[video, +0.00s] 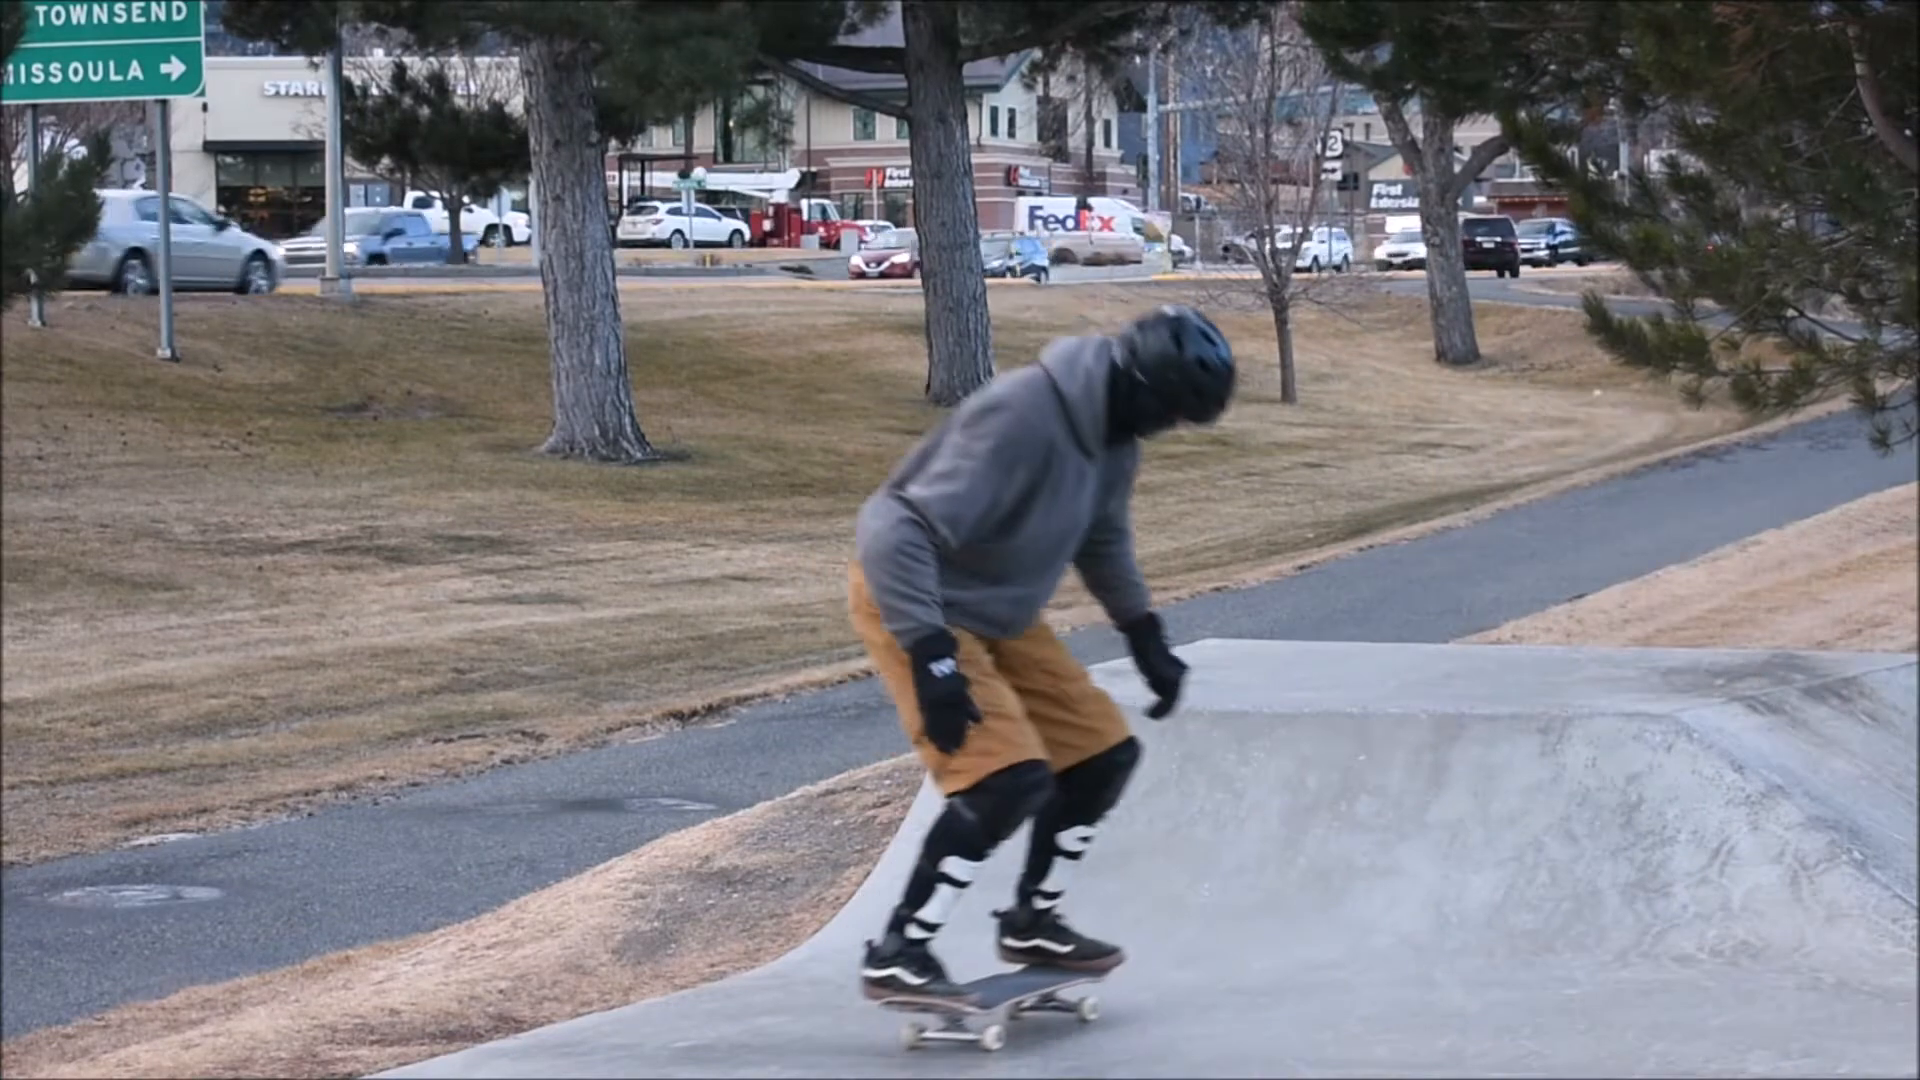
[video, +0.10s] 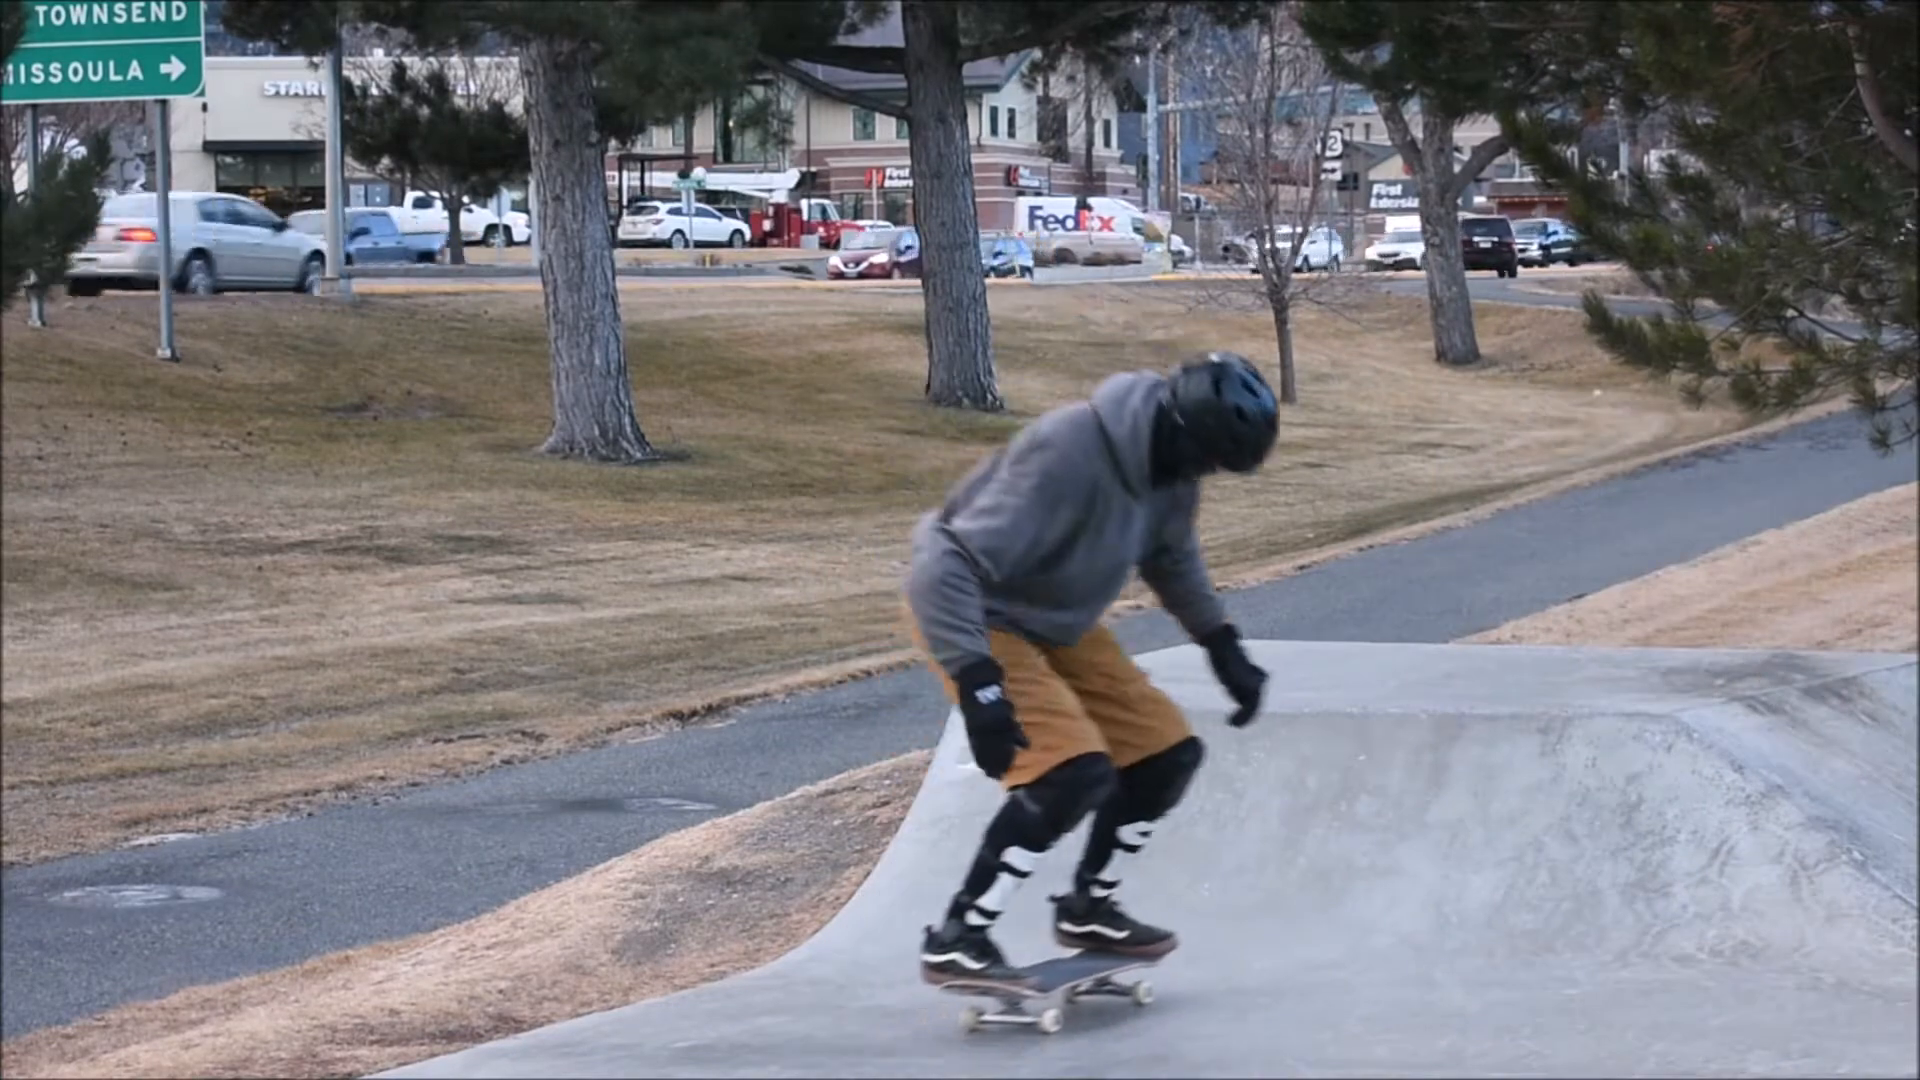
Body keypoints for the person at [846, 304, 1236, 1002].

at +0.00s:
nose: (1165, 427)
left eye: (1177, 418)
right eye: (1168, 411)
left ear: (1151, 384)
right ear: (1144, 379)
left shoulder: (1112, 433)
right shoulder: (1023, 413)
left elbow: (1103, 541)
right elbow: (893, 526)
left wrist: (1147, 640)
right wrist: (930, 656)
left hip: (999, 610)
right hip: (912, 600)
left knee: (1102, 757)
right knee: (1008, 776)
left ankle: (1030, 919)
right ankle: (900, 946)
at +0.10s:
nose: (1209, 470)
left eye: (1218, 462)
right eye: (1210, 457)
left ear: (1193, 430)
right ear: (1186, 429)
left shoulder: (1172, 464)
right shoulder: (1068, 450)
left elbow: (1170, 557)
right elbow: (944, 557)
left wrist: (1222, 644)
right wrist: (976, 683)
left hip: (1058, 620)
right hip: (974, 613)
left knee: (1163, 754)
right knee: (1072, 771)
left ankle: (1086, 907)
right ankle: (958, 931)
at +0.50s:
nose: (1315, 383)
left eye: (1329, 372)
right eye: (1302, 370)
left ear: (1354, 344)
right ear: (1276, 339)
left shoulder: (1377, 357)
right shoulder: (1223, 335)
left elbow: (1440, 469)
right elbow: (1137, 337)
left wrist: (1402, 536)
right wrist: (1069, 398)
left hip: (1321, 535)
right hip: (1219, 530)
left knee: (1371, 685)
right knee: (1247, 695)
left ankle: (1340, 790)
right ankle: (1184, 845)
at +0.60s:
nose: (1319, 343)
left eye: (1335, 334)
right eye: (1306, 332)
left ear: (1366, 306)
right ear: (1282, 300)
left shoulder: (1412, 313)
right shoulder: (1244, 288)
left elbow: (1528, 376)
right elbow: (1160, 281)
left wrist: (1592, 462)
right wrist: (1077, 326)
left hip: (1380, 471)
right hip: (1268, 468)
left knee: (1428, 621)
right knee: (1248, 631)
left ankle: (1481, 751)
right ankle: (1243, 731)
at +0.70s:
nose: (1310, 330)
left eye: (1322, 319)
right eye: (1295, 319)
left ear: (1359, 290)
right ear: (1280, 286)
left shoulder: (1445, 290)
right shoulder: (1258, 274)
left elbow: (1567, 277)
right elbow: (1157, 285)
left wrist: (1667, 324)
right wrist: (1074, 356)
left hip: (1439, 441)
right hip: (1339, 434)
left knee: (1450, 626)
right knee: (1291, 575)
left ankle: (1518, 767)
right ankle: (1368, 634)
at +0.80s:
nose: (1297, 328)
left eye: (1305, 318)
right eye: (1289, 317)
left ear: (1340, 294)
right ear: (1282, 284)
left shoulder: (1446, 290)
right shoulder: (1297, 266)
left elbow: (1558, 269)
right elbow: (1192, 296)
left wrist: (1661, 287)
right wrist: (1124, 371)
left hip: (1492, 443)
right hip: (1418, 437)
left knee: (1440, 633)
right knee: (1363, 561)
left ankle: (1516, 782)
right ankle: (1435, 654)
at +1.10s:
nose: (1438, 272)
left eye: (1443, 256)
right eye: (1425, 263)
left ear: (1473, 223)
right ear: (1412, 248)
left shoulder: (1559, 257)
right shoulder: (1426, 285)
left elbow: (1687, 307)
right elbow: (1358, 308)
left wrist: (1682, 418)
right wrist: (1286, 348)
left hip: (1596, 483)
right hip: (1503, 492)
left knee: (1555, 675)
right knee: (1450, 651)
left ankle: (1611, 845)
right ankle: (1502, 761)